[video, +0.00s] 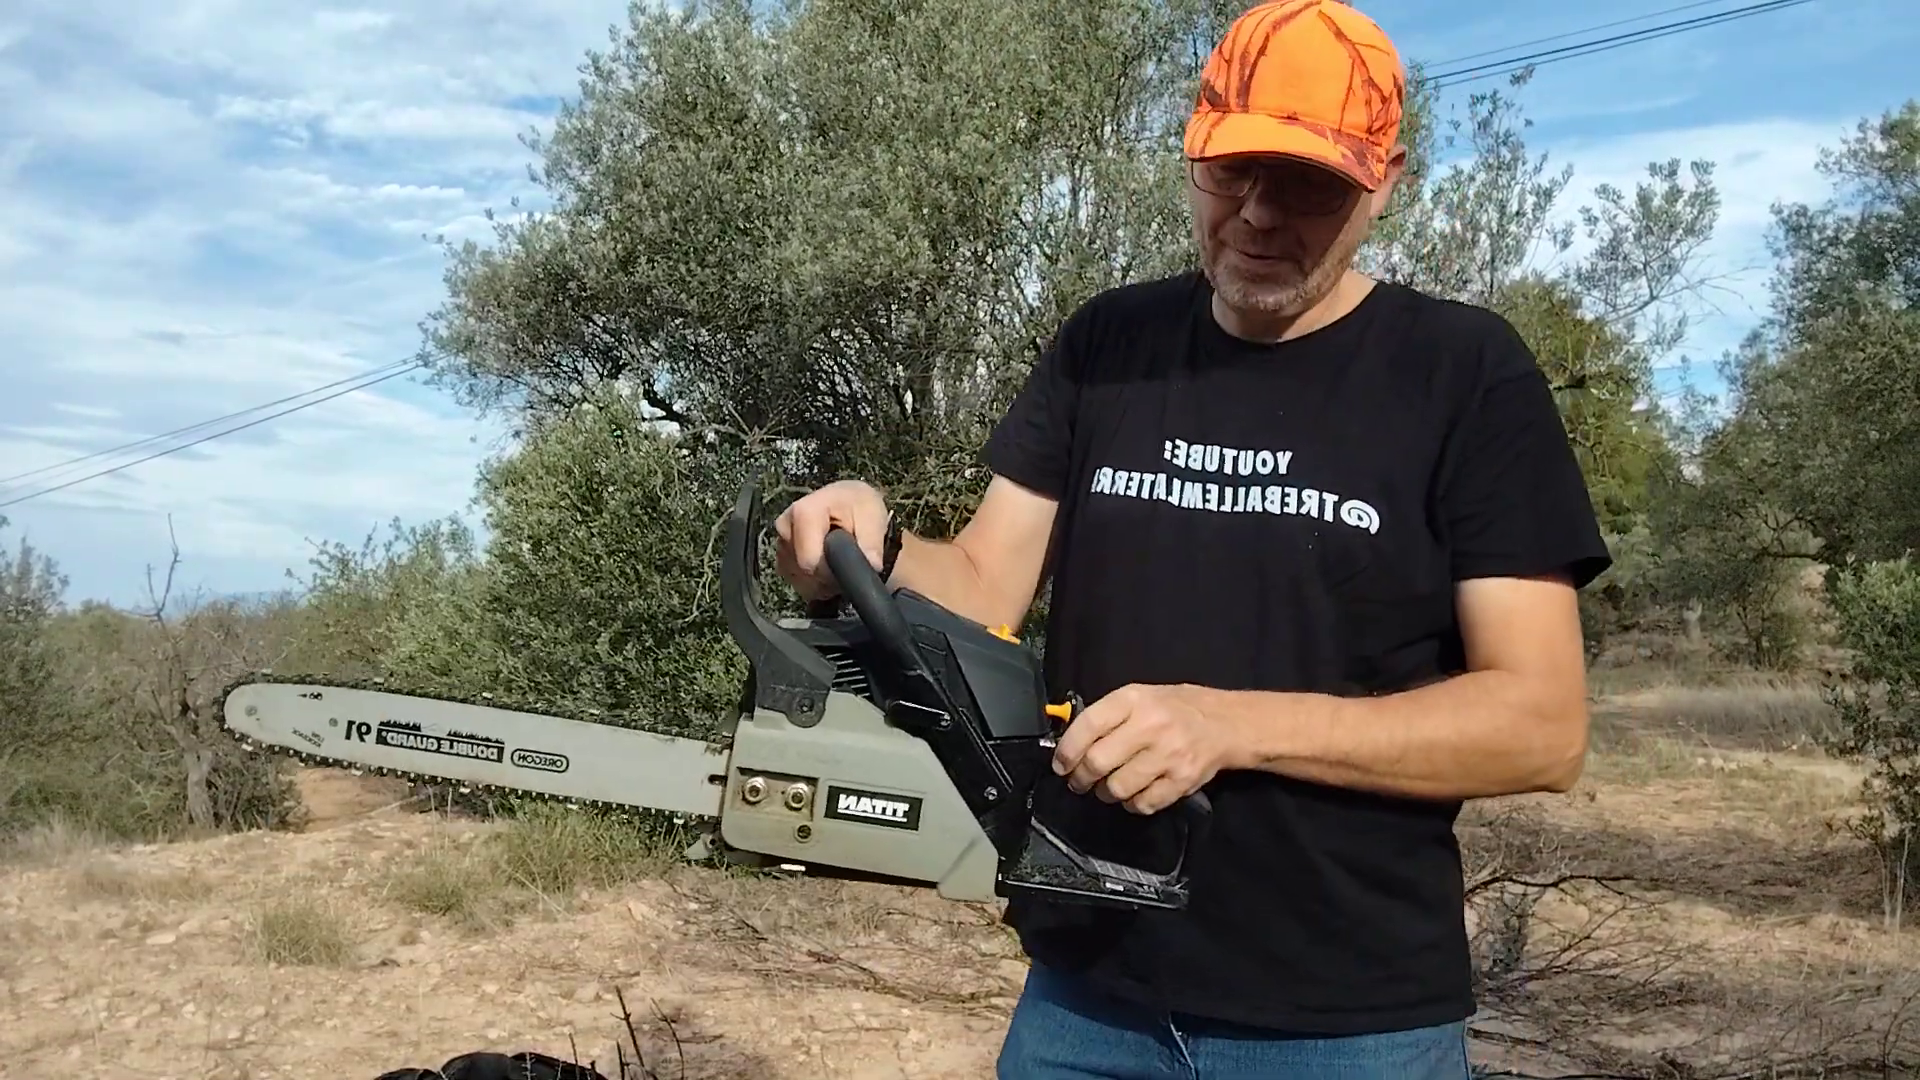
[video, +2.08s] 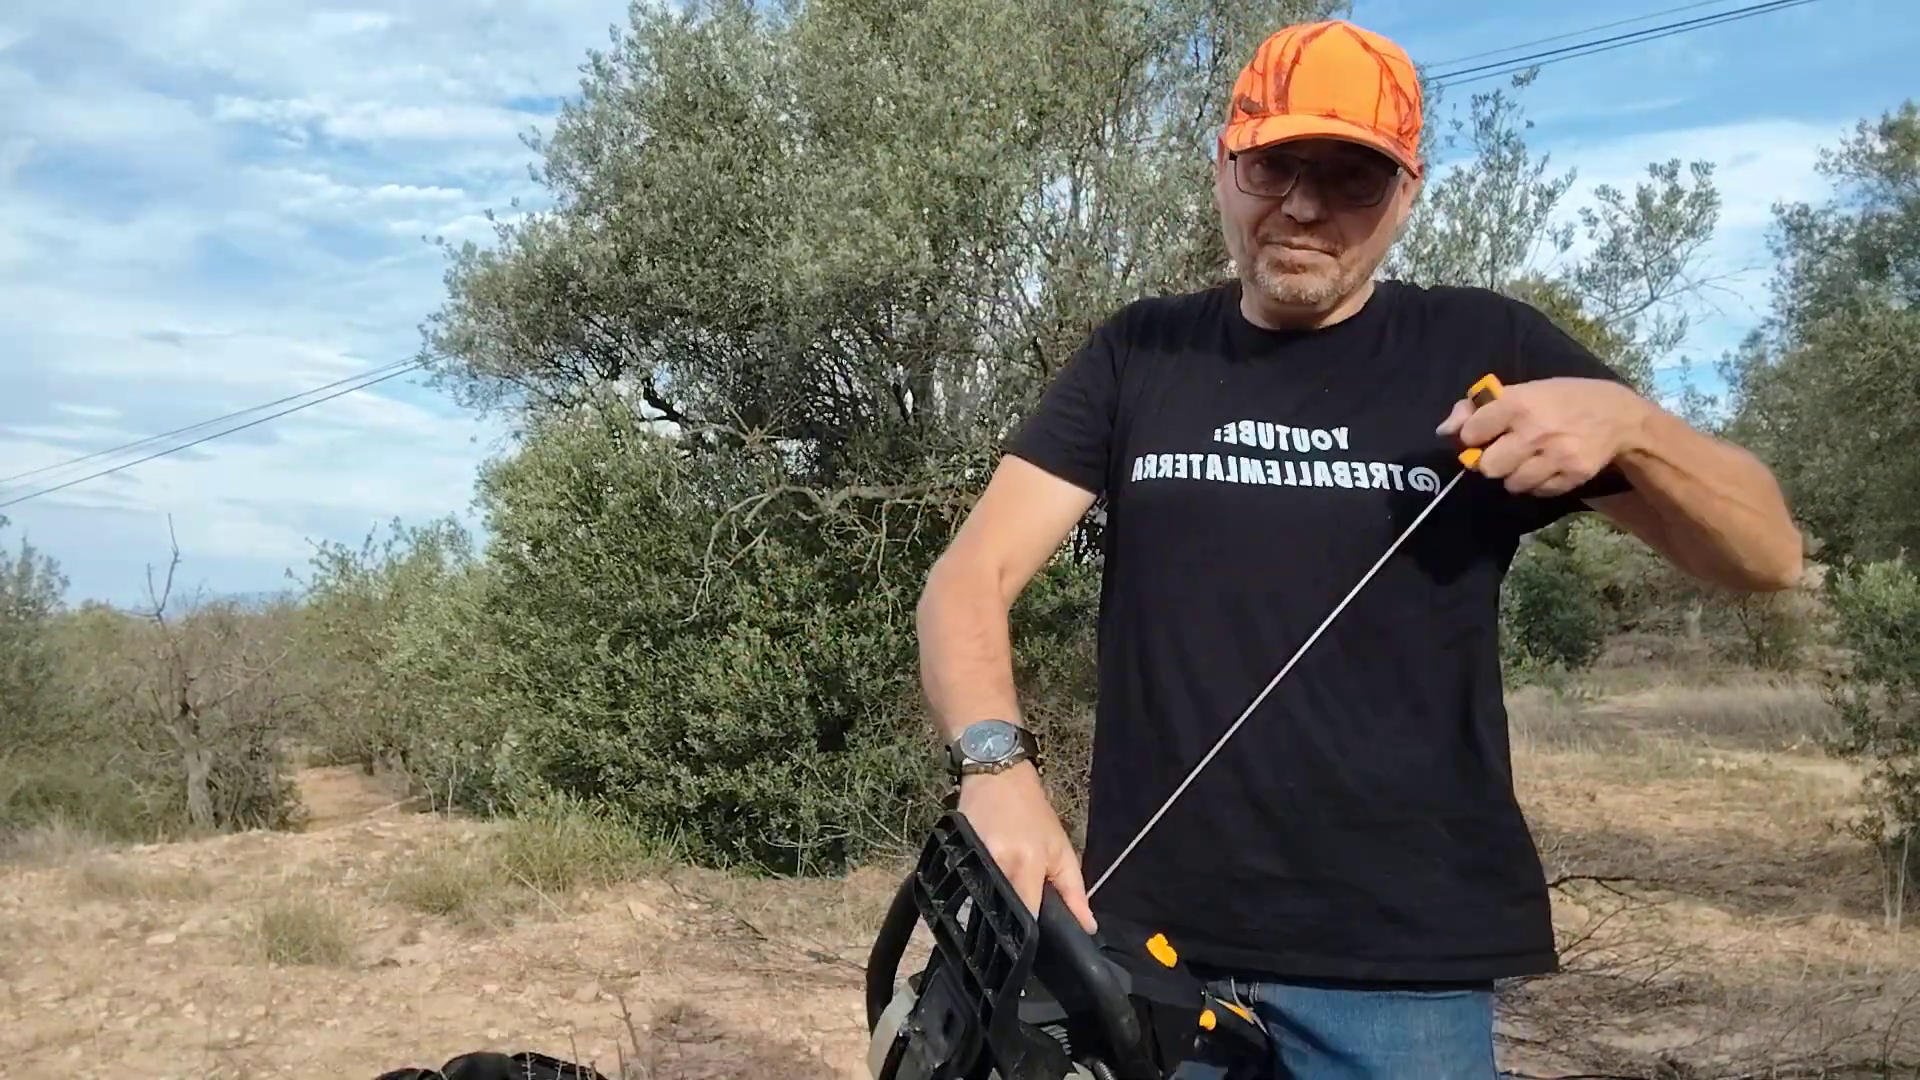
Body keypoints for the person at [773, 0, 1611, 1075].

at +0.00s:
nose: (1263, 211)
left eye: (1312, 179)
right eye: (1239, 167)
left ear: (1378, 190)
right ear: (1195, 162)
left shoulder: (1466, 371)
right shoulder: (1106, 344)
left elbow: (1540, 723)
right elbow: (981, 586)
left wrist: (1237, 724)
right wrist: (877, 546)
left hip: (1356, 1027)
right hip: (1087, 1002)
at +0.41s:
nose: (1110, 204)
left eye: (1151, 168)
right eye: (1081, 164)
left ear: (1213, 179)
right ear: (1037, 167)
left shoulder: (1314, 362)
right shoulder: (955, 369)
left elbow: (1423, 684)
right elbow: (849, 638)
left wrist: (1140, 794)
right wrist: (771, 574)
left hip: (1278, 1012)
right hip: (1006, 1014)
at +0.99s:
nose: (1035, 226)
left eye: (1076, 193)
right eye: (1006, 189)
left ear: (1147, 190)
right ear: (969, 184)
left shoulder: (1249, 348)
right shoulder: (899, 368)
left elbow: (1324, 661)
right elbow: (787, 622)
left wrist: (988, 728)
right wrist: (758, 702)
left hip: (1252, 1008)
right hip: (977, 1009)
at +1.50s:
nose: (1202, 204)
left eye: (1245, 171)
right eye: (1172, 165)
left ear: (1307, 191)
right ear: (1128, 176)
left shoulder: (1379, 347)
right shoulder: (1056, 361)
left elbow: (1390, 675)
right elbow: (913, 596)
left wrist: (1048, 769)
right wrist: (896, 703)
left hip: (1336, 1014)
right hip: (1074, 1004)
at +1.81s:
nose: (1281, 206)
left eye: (1326, 178)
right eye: (1252, 168)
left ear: (1387, 201)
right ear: (1205, 180)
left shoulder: (1448, 354)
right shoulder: (1139, 363)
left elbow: (1441, 692)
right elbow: (989, 603)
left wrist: (1109, 806)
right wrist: (973, 742)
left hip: (1379, 1018)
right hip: (1128, 997)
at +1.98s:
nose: (1303, 220)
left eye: (1348, 189)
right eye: (1276, 180)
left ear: (1403, 206)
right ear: (1224, 183)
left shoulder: (1481, 350)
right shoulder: (1143, 363)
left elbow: (1693, 602)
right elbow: (973, 584)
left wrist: (1395, 571)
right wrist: (966, 760)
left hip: (1390, 988)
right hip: (1121, 967)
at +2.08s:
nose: (1300, 206)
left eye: (1347, 174)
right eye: (1271, 165)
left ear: (1404, 201)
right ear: (1220, 175)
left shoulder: (1486, 345)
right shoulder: (1138, 356)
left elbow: (1767, 560)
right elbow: (967, 581)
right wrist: (996, 769)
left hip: (1397, 976)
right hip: (1144, 955)